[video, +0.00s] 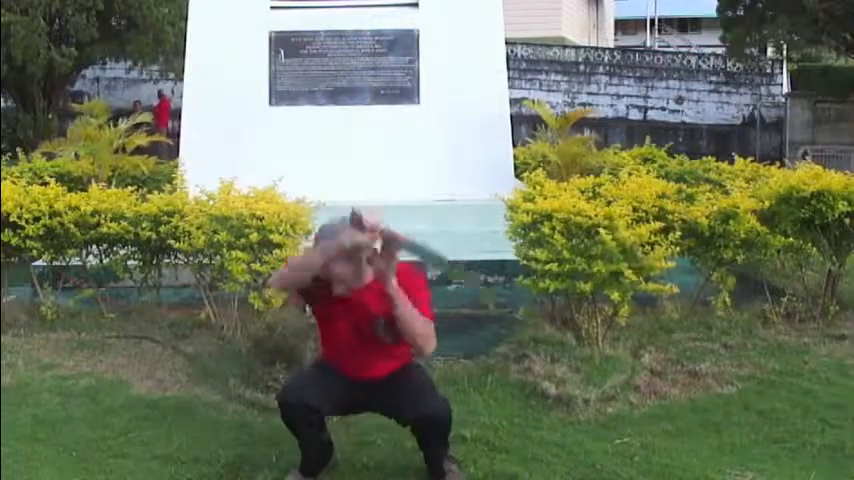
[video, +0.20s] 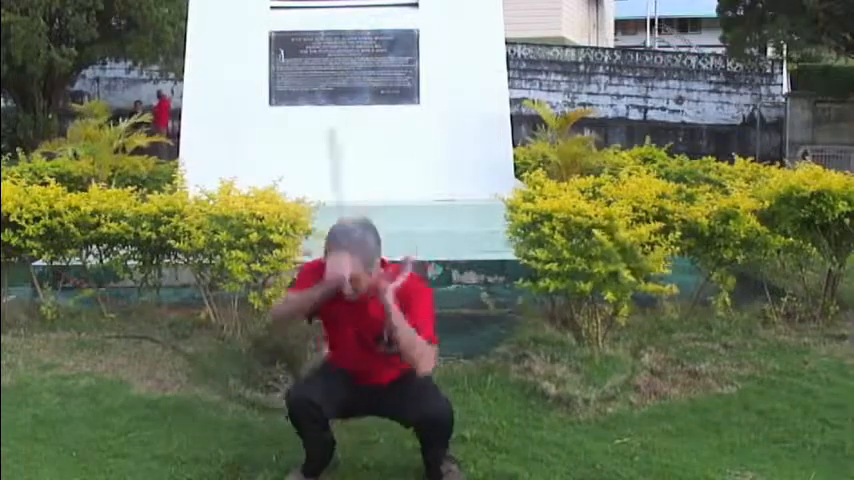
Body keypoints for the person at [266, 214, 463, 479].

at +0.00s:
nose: (336, 292)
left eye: (344, 283)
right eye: (331, 283)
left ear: (366, 264)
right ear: (325, 269)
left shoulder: (406, 277)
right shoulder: (320, 286)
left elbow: (426, 345)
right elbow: (279, 282)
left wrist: (391, 286)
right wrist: (340, 243)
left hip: (396, 377)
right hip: (338, 376)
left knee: (435, 413)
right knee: (294, 400)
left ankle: (439, 462)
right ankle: (317, 458)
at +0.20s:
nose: (346, 289)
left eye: (354, 281)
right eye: (339, 280)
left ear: (376, 268)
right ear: (328, 267)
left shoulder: (411, 287)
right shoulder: (316, 274)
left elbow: (424, 364)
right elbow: (279, 315)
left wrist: (390, 304)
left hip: (398, 381)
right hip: (343, 379)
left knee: (437, 413)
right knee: (301, 400)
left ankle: (437, 463)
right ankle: (319, 458)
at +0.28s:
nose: (350, 274)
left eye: (359, 265)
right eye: (342, 264)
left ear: (380, 256)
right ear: (332, 254)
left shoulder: (414, 284)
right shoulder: (319, 270)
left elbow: (425, 365)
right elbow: (278, 324)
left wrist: (379, 316)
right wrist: (308, 317)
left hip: (398, 375)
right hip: (343, 372)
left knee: (436, 410)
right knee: (307, 398)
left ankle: (438, 463)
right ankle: (319, 457)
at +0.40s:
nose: (357, 239)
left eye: (368, 228)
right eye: (350, 227)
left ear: (387, 226)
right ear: (340, 222)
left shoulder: (418, 263)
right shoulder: (323, 249)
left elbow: (429, 343)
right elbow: (299, 311)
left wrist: (385, 354)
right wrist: (307, 318)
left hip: (403, 350)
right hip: (343, 348)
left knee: (430, 398)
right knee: (319, 393)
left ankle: (439, 463)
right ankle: (321, 459)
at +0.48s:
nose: (363, 217)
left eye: (373, 206)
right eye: (354, 206)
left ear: (390, 207)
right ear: (344, 204)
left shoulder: (419, 248)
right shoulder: (323, 238)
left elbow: (428, 326)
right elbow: (319, 313)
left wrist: (399, 376)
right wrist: (305, 311)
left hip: (400, 337)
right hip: (343, 336)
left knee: (429, 394)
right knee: (322, 392)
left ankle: (439, 463)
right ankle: (321, 461)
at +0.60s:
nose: (366, 171)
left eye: (377, 161)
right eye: (358, 160)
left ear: (394, 167)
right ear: (346, 164)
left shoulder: (422, 216)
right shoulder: (322, 210)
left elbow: (440, 301)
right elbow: (310, 282)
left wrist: (404, 370)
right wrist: (297, 297)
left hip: (398, 309)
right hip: (339, 307)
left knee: (425, 377)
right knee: (324, 381)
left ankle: (439, 462)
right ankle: (319, 462)